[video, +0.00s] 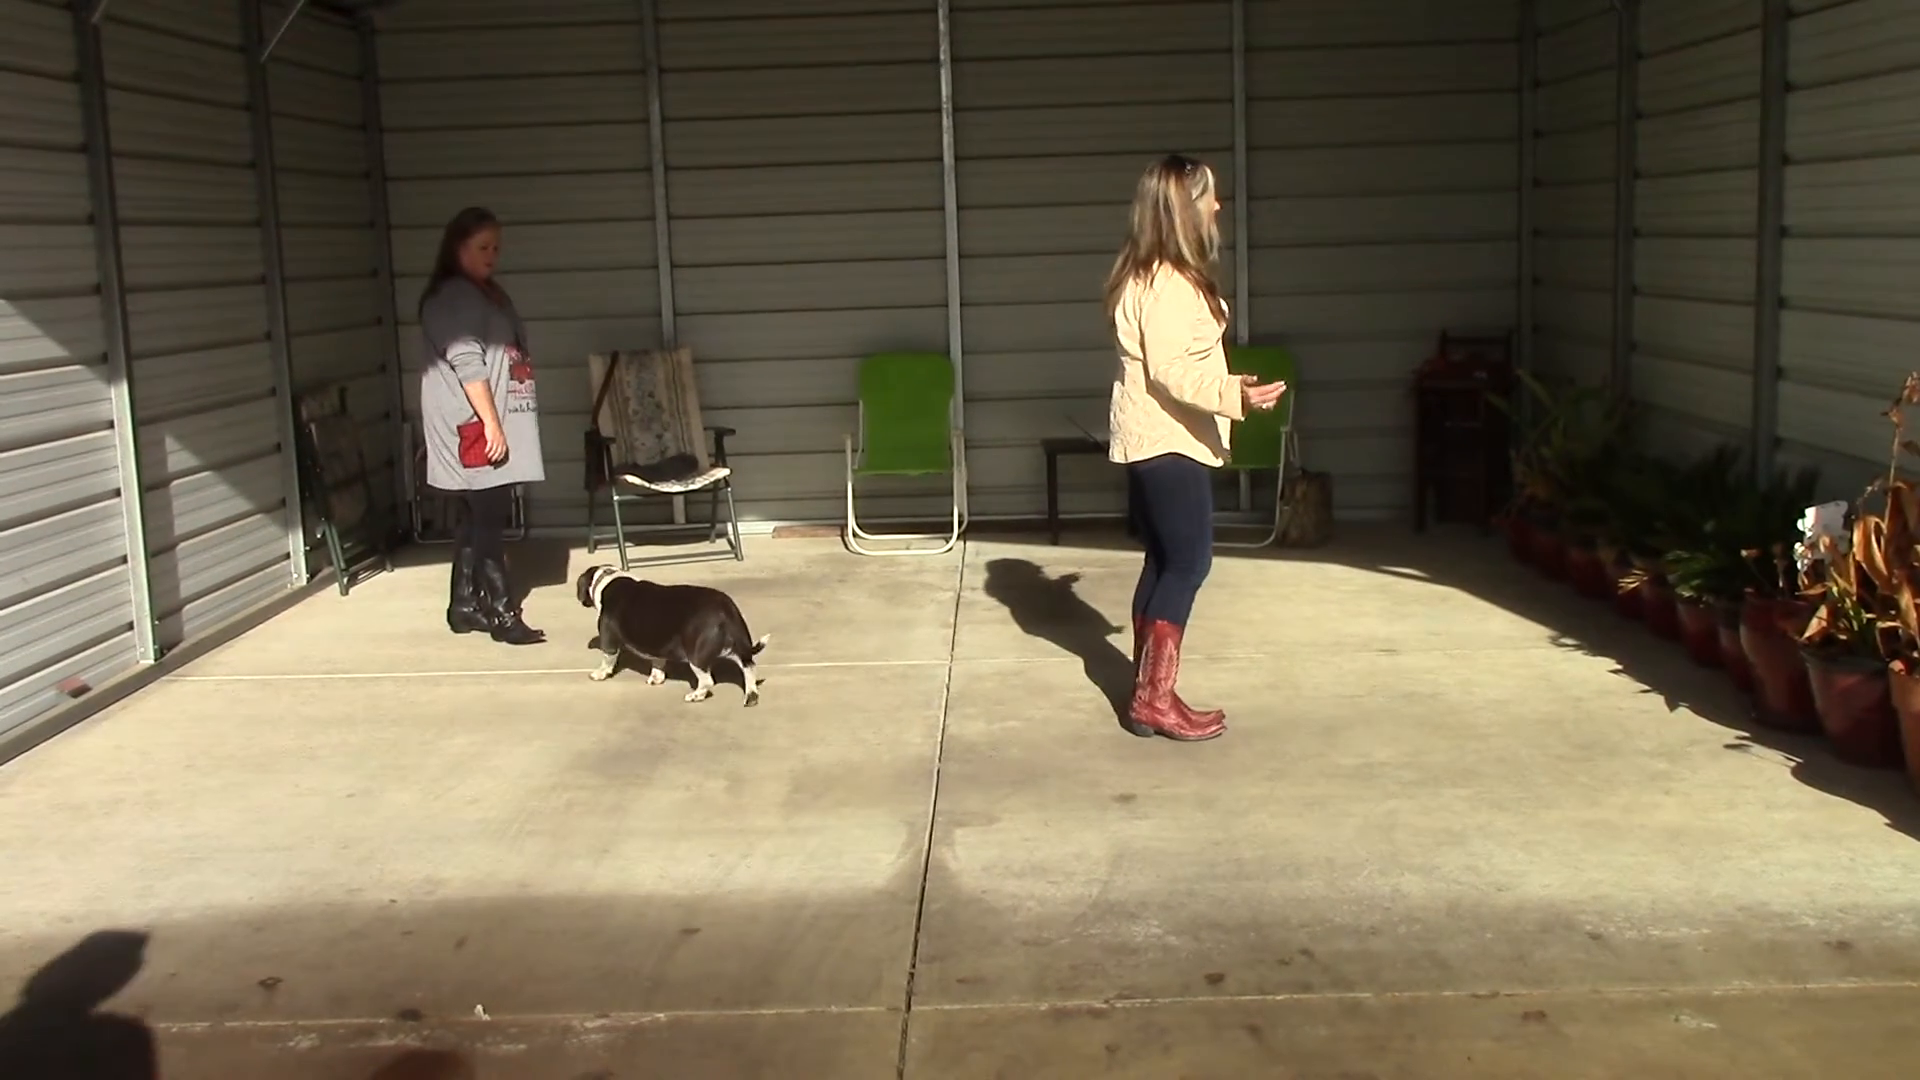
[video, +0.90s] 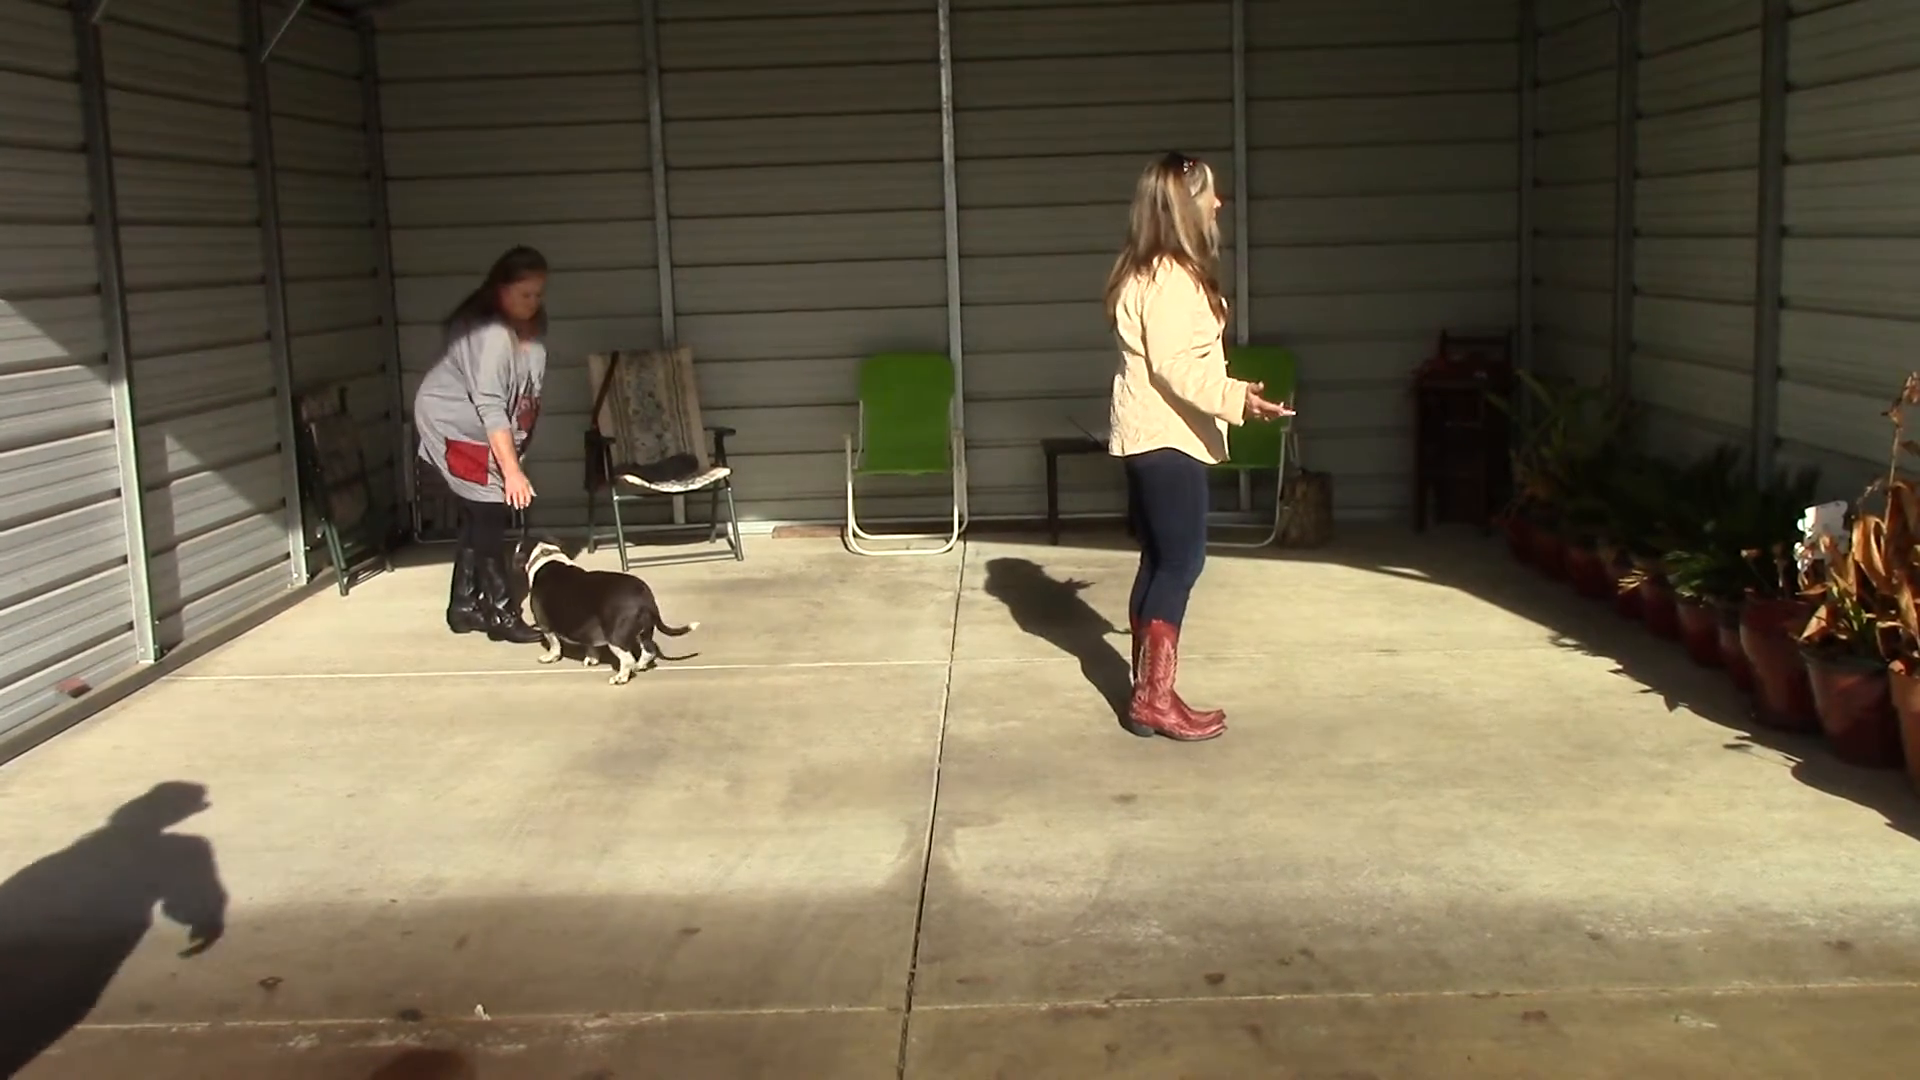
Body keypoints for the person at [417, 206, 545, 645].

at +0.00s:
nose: (492, 255)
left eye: (495, 247)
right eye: (483, 247)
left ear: (496, 249)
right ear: (458, 249)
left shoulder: (487, 294)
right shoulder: (451, 298)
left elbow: (495, 360)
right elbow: (467, 366)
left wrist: (508, 421)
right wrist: (491, 423)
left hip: (485, 420)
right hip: (469, 423)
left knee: (478, 510)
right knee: (490, 510)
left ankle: (464, 602)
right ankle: (500, 611)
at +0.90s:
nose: (534, 303)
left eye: (539, 295)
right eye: (526, 294)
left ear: (543, 293)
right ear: (501, 292)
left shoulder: (528, 330)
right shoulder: (489, 333)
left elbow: (524, 398)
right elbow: (490, 407)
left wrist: (512, 452)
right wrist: (512, 470)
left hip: (479, 422)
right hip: (447, 421)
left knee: (480, 509)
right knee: (490, 509)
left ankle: (464, 603)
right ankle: (499, 610)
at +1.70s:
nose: (569, 354)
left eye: (576, 347)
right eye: (563, 345)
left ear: (582, 342)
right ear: (542, 333)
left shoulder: (539, 361)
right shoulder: (519, 370)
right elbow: (512, 445)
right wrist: (530, 510)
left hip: (463, 416)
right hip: (445, 417)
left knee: (482, 506)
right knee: (494, 507)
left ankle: (464, 605)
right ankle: (501, 611)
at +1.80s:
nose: (568, 354)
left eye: (575, 347)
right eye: (563, 345)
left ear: (582, 342)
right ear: (542, 332)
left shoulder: (539, 361)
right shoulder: (520, 371)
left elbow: (535, 427)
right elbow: (514, 443)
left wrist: (517, 471)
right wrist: (532, 509)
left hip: (462, 417)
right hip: (444, 418)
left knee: (483, 506)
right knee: (494, 507)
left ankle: (464, 605)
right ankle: (500, 611)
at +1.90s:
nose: (569, 353)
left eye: (575, 346)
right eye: (563, 344)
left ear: (582, 340)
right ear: (542, 332)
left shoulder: (541, 362)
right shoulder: (518, 370)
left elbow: (535, 427)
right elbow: (513, 443)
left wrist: (517, 471)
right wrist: (525, 509)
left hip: (462, 418)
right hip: (445, 420)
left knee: (483, 507)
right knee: (494, 510)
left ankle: (464, 606)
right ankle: (500, 612)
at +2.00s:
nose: (569, 353)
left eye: (575, 346)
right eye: (563, 344)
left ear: (581, 340)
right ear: (542, 332)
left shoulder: (540, 362)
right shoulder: (521, 371)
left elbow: (534, 429)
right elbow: (514, 443)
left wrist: (517, 483)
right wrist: (527, 509)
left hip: (461, 417)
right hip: (445, 419)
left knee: (483, 506)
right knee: (495, 508)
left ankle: (464, 606)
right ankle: (500, 612)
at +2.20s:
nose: (570, 354)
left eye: (576, 347)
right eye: (564, 345)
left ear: (582, 339)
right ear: (543, 333)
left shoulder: (533, 356)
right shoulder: (524, 373)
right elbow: (510, 446)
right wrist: (518, 510)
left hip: (454, 414)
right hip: (444, 419)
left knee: (480, 507)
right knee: (494, 508)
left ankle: (464, 605)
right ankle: (500, 610)